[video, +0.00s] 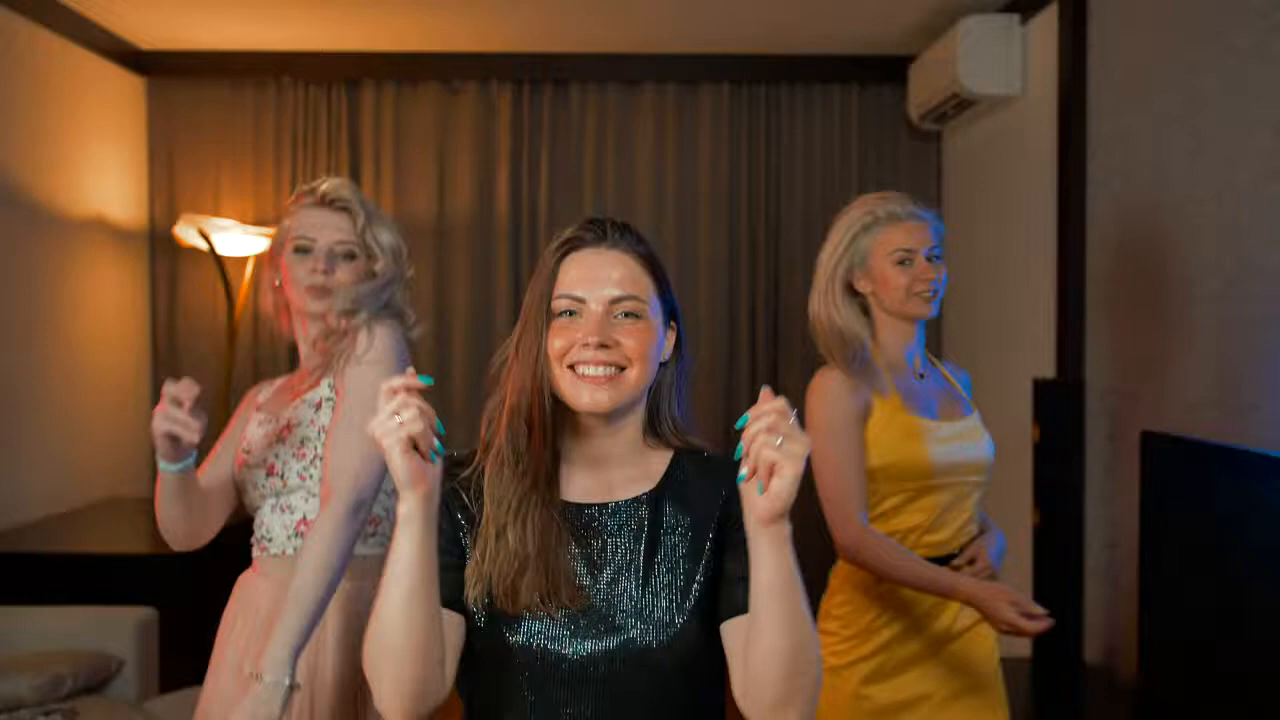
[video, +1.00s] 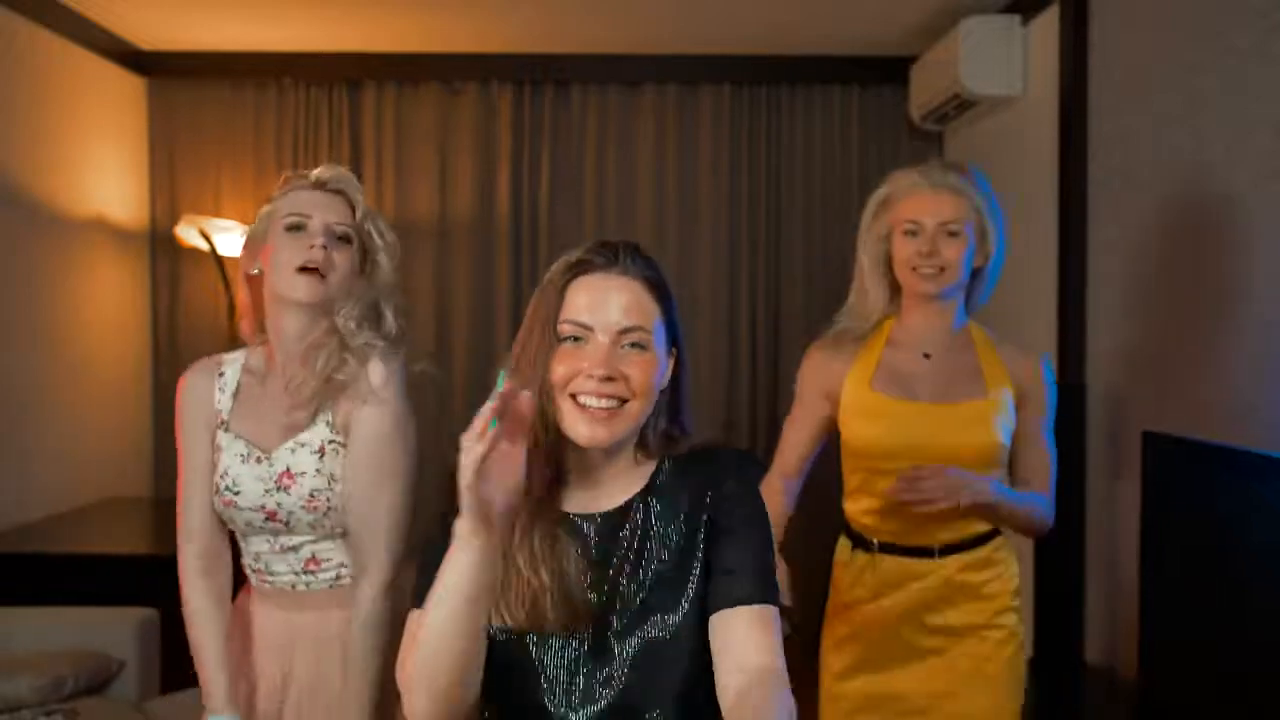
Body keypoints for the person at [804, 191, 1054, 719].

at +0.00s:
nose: (928, 273)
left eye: (934, 257)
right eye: (904, 260)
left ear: (946, 268)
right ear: (860, 281)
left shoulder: (953, 380)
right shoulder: (839, 386)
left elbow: (957, 502)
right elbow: (849, 536)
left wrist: (992, 540)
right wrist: (969, 591)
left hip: (961, 636)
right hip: (873, 637)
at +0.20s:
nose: (955, 323)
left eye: (961, 307)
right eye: (931, 311)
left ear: (974, 317)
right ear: (888, 329)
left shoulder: (976, 433)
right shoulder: (887, 436)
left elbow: (980, 560)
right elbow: (889, 588)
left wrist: (1026, 577)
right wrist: (1014, 624)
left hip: (987, 685)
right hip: (906, 687)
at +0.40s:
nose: (967, 287)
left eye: (983, 271)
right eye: (946, 271)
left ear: (1001, 286)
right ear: (910, 287)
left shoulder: (1018, 399)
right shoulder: (878, 390)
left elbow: (1016, 511)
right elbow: (842, 532)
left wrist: (1037, 547)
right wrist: (964, 576)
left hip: (998, 659)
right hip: (896, 658)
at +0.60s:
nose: (939, 270)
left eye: (959, 252)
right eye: (919, 253)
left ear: (985, 266)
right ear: (893, 268)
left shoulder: (1023, 387)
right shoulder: (853, 378)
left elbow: (1044, 504)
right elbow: (791, 488)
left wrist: (1035, 524)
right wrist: (838, 526)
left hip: (971, 640)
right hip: (866, 635)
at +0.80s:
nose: (920, 314)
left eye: (942, 298)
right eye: (903, 297)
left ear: (970, 317)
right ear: (882, 311)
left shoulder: (1009, 434)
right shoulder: (842, 419)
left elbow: (1033, 541)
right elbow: (808, 541)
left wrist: (1032, 571)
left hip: (959, 672)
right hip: (852, 666)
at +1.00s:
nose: (930, 248)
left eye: (950, 232)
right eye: (911, 231)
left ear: (978, 249)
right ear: (885, 246)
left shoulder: (1020, 372)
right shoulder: (836, 361)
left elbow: (1039, 512)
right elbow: (780, 486)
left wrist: (979, 490)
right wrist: (758, 558)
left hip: (976, 615)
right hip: (868, 610)